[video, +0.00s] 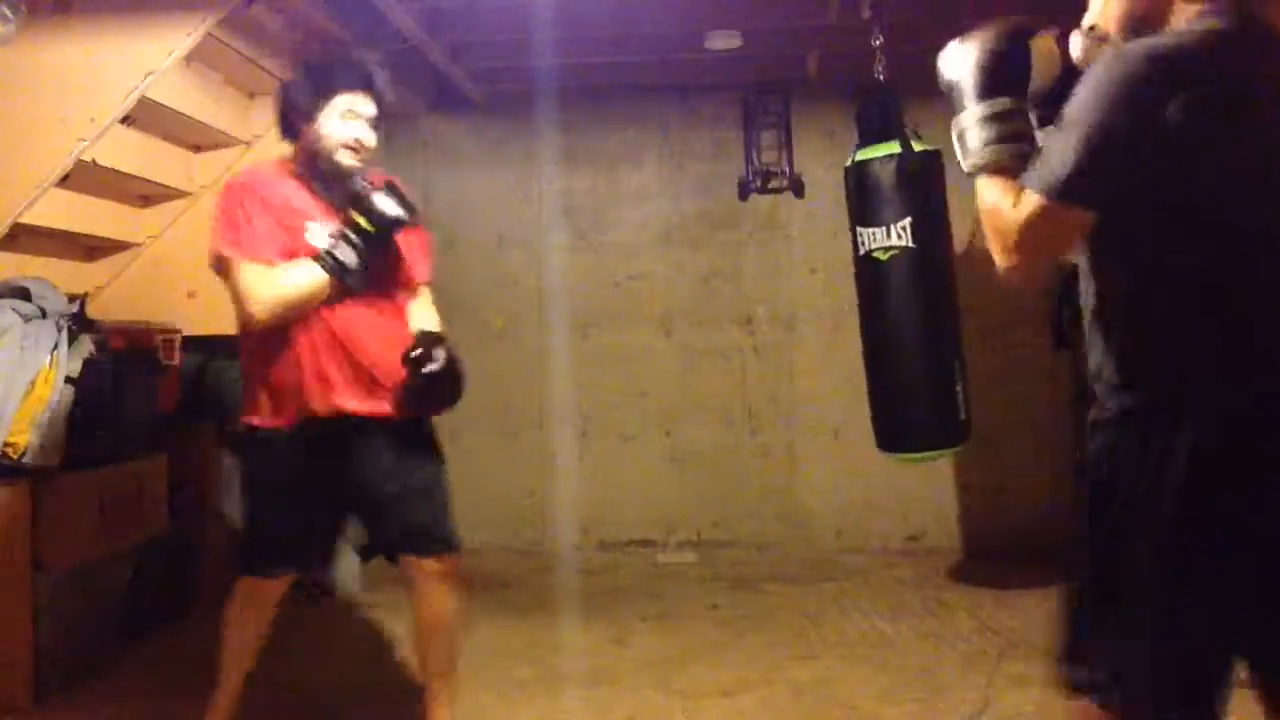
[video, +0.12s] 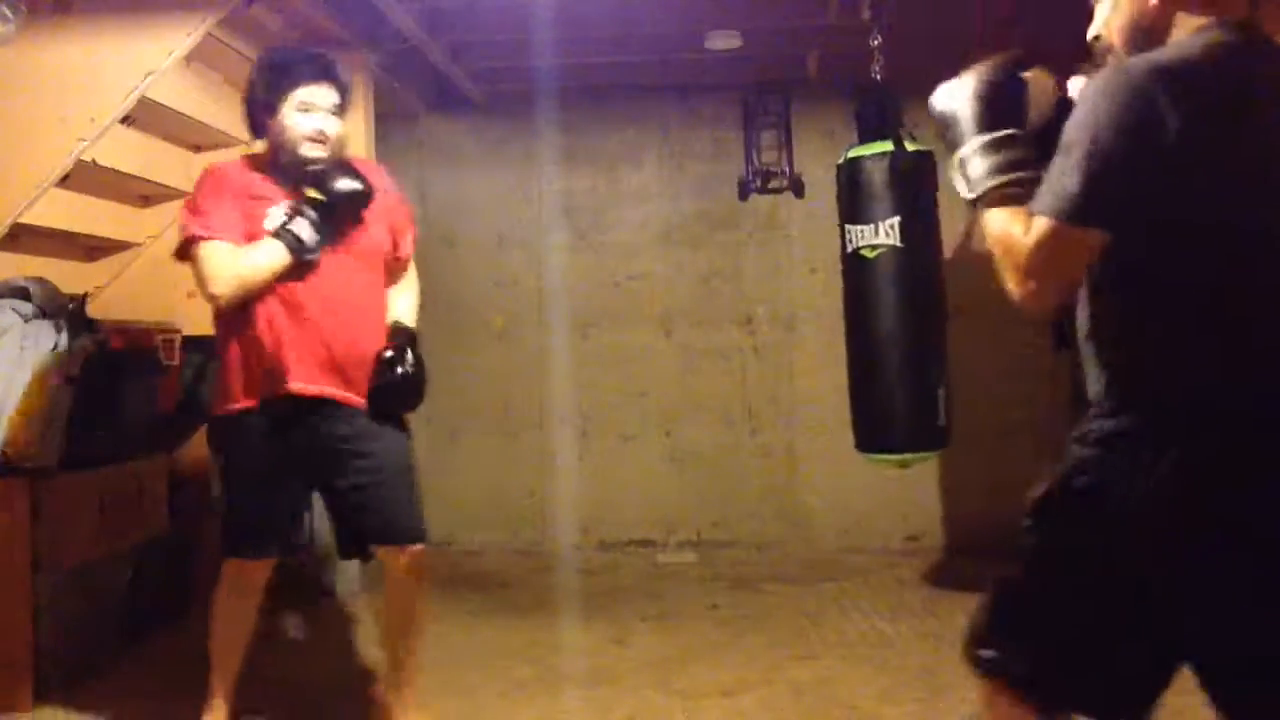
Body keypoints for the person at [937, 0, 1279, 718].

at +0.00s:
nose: (1087, 13)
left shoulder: (1142, 75)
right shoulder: (1260, 62)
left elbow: (1018, 250)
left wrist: (982, 103)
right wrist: (1103, 77)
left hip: (1167, 437)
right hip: (1263, 420)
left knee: (1149, 682)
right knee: (1273, 667)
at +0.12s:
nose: (1092, 20)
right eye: (1094, 0)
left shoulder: (1141, 91)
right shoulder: (1266, 75)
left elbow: (1034, 277)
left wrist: (987, 145)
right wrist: (1102, 111)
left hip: (1148, 473)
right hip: (1259, 463)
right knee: (1262, 691)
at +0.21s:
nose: (1073, 16)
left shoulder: (1119, 88)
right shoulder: (1266, 75)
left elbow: (1000, 268)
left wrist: (950, 125)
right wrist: (1052, 111)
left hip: (1132, 462)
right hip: (1256, 456)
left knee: (990, 674)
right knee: (1245, 692)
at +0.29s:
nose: (1038, 3)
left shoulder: (1071, 81)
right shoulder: (1256, 79)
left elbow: (958, 259)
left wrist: (905, 113)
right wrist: (1026, 91)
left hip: (1093, 469)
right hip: (1244, 464)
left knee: (973, 690)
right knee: (1243, 694)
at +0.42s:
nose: (962, 8)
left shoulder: (983, 90)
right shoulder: (1173, 85)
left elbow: (885, 266)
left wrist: (830, 156)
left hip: (1023, 489)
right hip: (1188, 480)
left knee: (950, 702)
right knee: (1235, 703)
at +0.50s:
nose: (902, 15)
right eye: (906, 0)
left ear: (965, 4)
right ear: (1038, 7)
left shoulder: (910, 110)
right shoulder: (1111, 100)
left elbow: (833, 292)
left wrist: (782, 184)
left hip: (957, 511)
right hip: (1126, 499)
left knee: (908, 707)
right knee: (1211, 705)